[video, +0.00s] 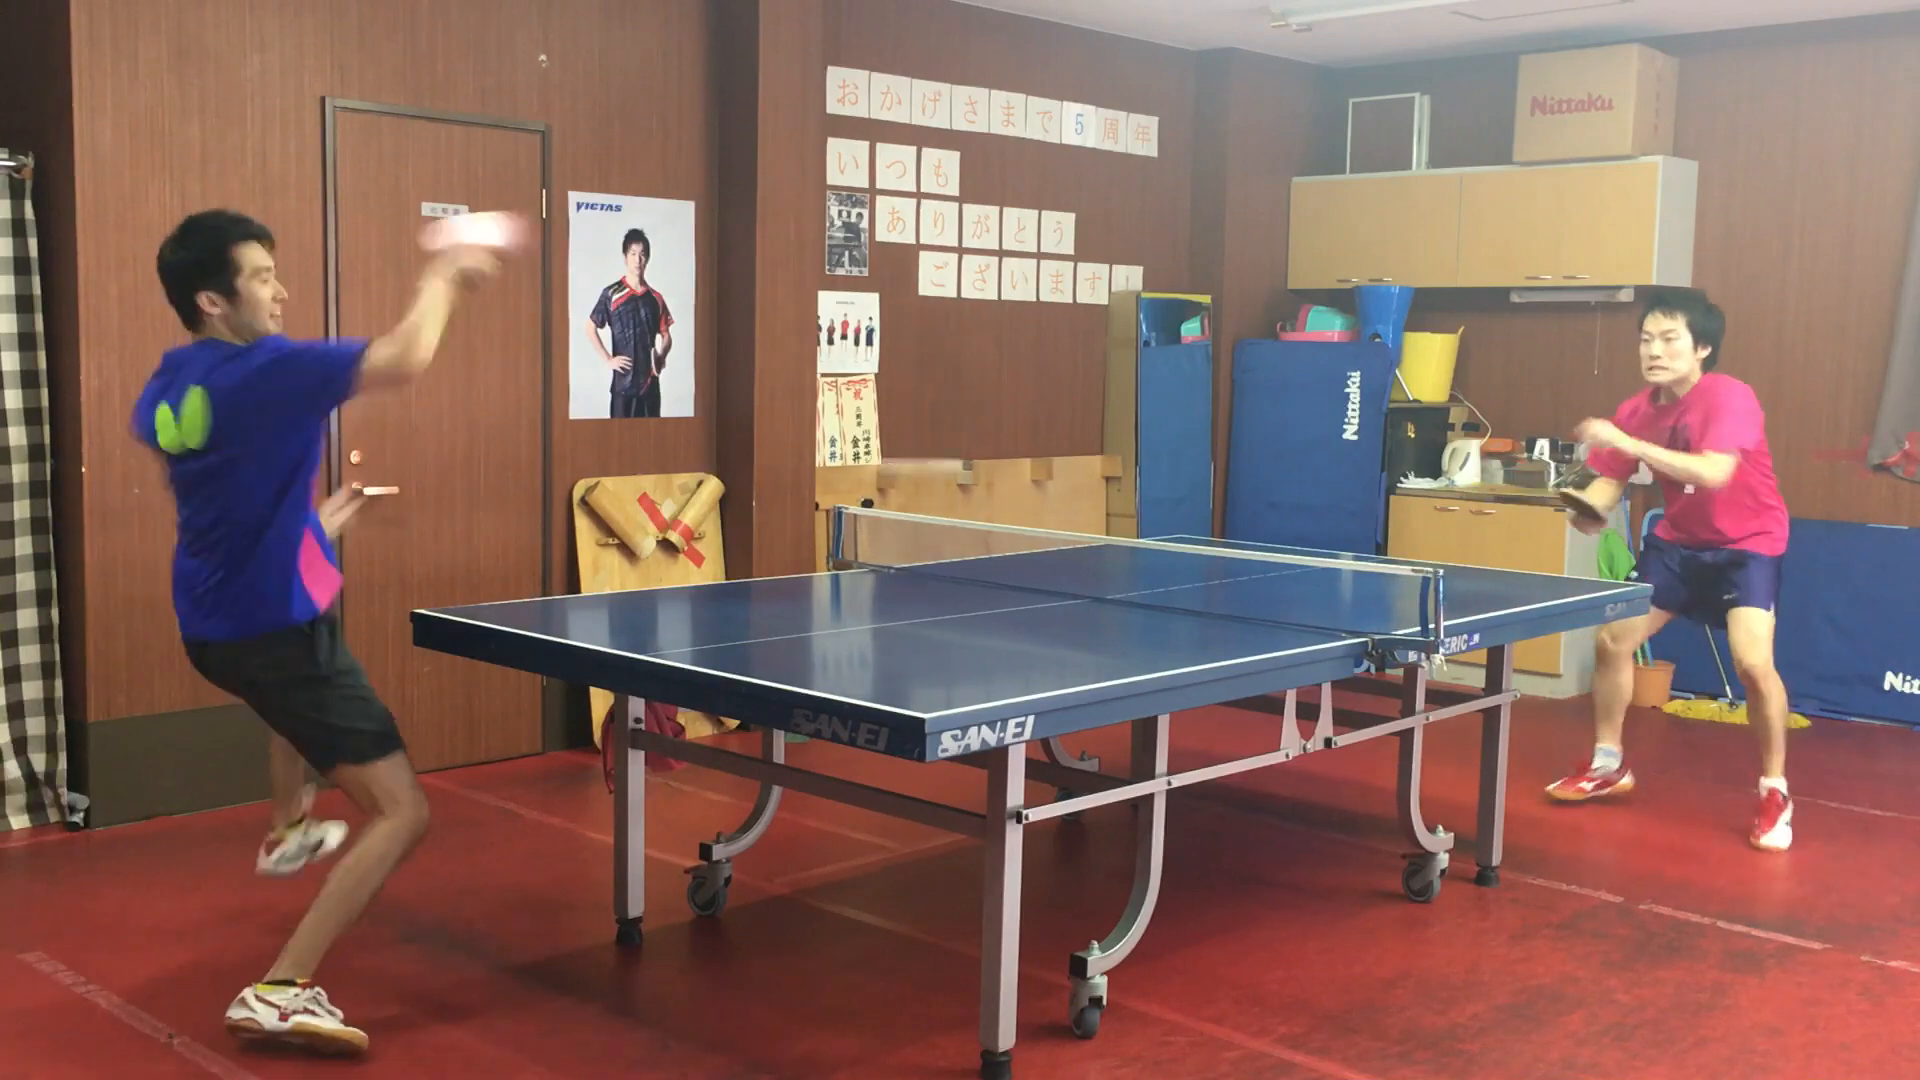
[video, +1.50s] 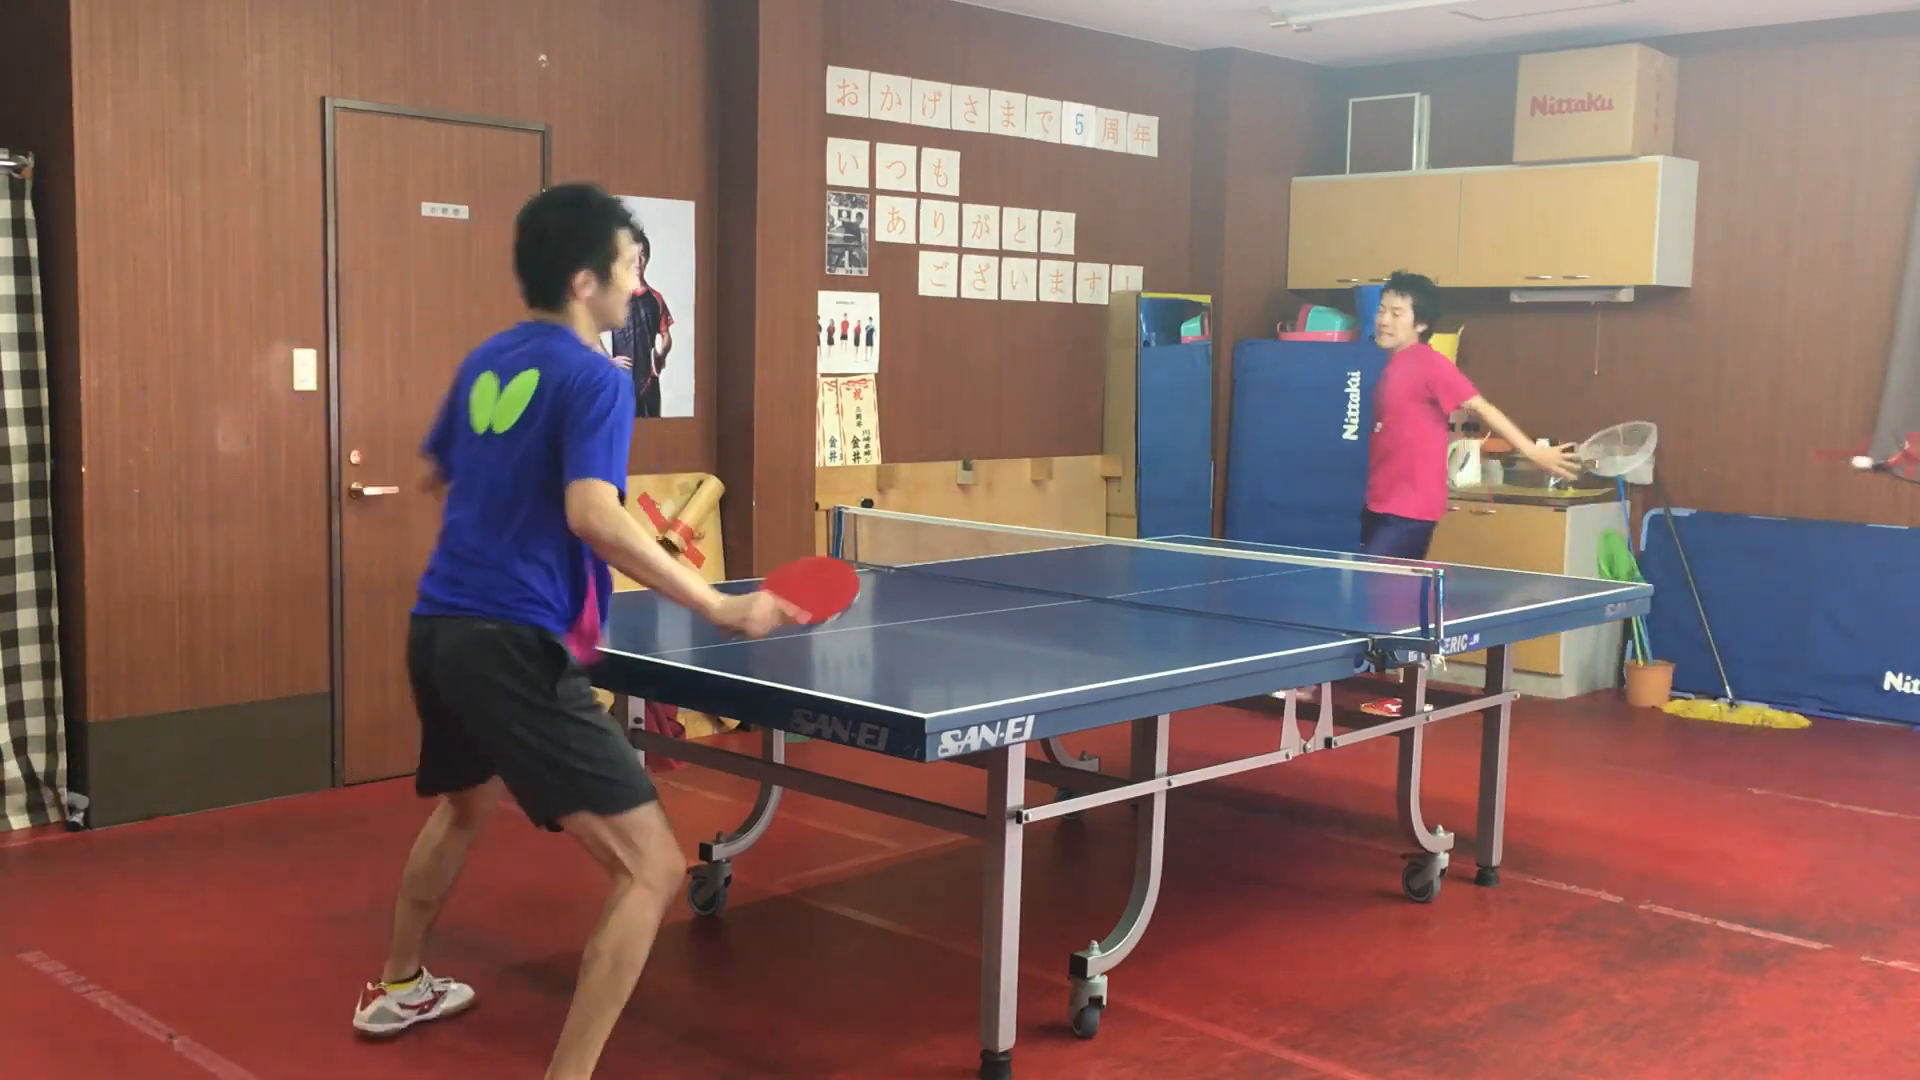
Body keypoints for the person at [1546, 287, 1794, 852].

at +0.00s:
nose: (1652, 350)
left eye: (1668, 340)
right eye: (1646, 339)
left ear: (1702, 350)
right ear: (1639, 346)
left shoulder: (1728, 398)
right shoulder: (1633, 411)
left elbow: (1712, 472)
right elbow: (1608, 483)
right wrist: (1584, 505)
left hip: (1745, 549)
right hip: (1676, 547)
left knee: (1752, 662)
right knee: (1611, 638)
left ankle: (1774, 790)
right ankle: (1606, 765)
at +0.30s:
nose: (1647, 374)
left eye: (1661, 365)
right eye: (1640, 363)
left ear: (1691, 375)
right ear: (1633, 371)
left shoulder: (1723, 411)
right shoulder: (1633, 440)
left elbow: (1691, 475)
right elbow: (1590, 509)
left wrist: (1632, 437)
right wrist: (1541, 495)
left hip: (1763, 554)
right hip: (1692, 560)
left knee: (1774, 643)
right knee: (1637, 640)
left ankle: (1769, 769)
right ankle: (1631, 753)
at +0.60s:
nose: (1669, 383)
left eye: (1683, 373)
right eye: (1663, 372)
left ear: (1712, 383)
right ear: (1657, 378)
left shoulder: (1734, 435)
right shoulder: (1665, 434)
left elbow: (1708, 508)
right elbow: (1667, 495)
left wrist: (1640, 485)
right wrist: (1623, 510)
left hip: (1767, 570)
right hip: (1702, 567)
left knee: (1818, 659)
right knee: (1642, 638)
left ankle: (1867, 743)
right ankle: (1644, 709)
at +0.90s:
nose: (1575, 358)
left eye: (1588, 348)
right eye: (1569, 349)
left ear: (1614, 358)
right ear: (1562, 356)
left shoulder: (1628, 402)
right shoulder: (1572, 408)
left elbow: (1596, 469)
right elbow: (1557, 470)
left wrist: (1527, 470)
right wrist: (1500, 486)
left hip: (1657, 542)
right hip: (1599, 538)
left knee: (1682, 641)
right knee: (1539, 602)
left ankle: (1711, 699)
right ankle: (1586, 680)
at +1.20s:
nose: (1435, 362)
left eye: (1446, 353)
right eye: (1431, 353)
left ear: (1473, 360)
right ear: (1428, 357)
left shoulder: (1481, 397)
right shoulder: (1460, 401)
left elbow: (1545, 432)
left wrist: (1611, 460)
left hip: (1500, 550)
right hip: (1460, 541)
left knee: (1513, 647)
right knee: (1399, 599)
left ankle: (1627, 676)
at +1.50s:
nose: (1382, 319)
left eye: (1395, 313)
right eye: (1381, 310)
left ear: (1421, 324)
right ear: (1377, 312)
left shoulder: (1430, 363)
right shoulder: (1393, 365)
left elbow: (1482, 408)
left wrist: (1534, 452)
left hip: (1410, 509)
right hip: (1379, 504)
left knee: (1367, 593)